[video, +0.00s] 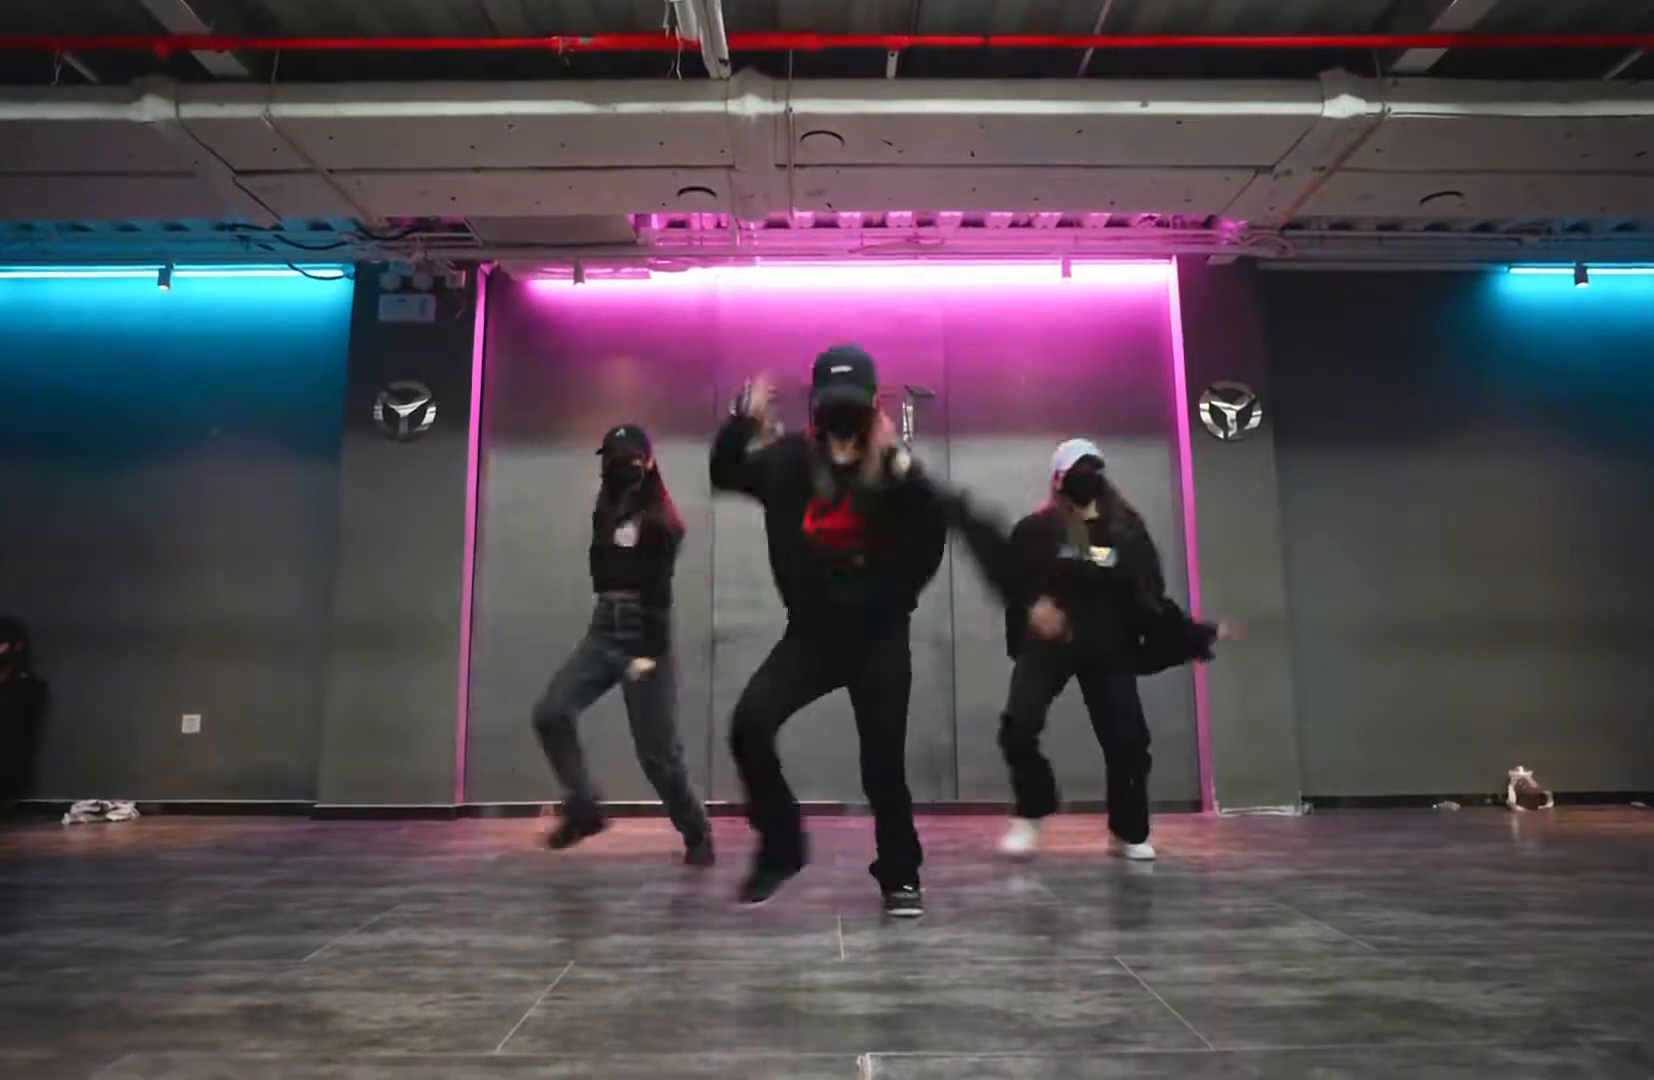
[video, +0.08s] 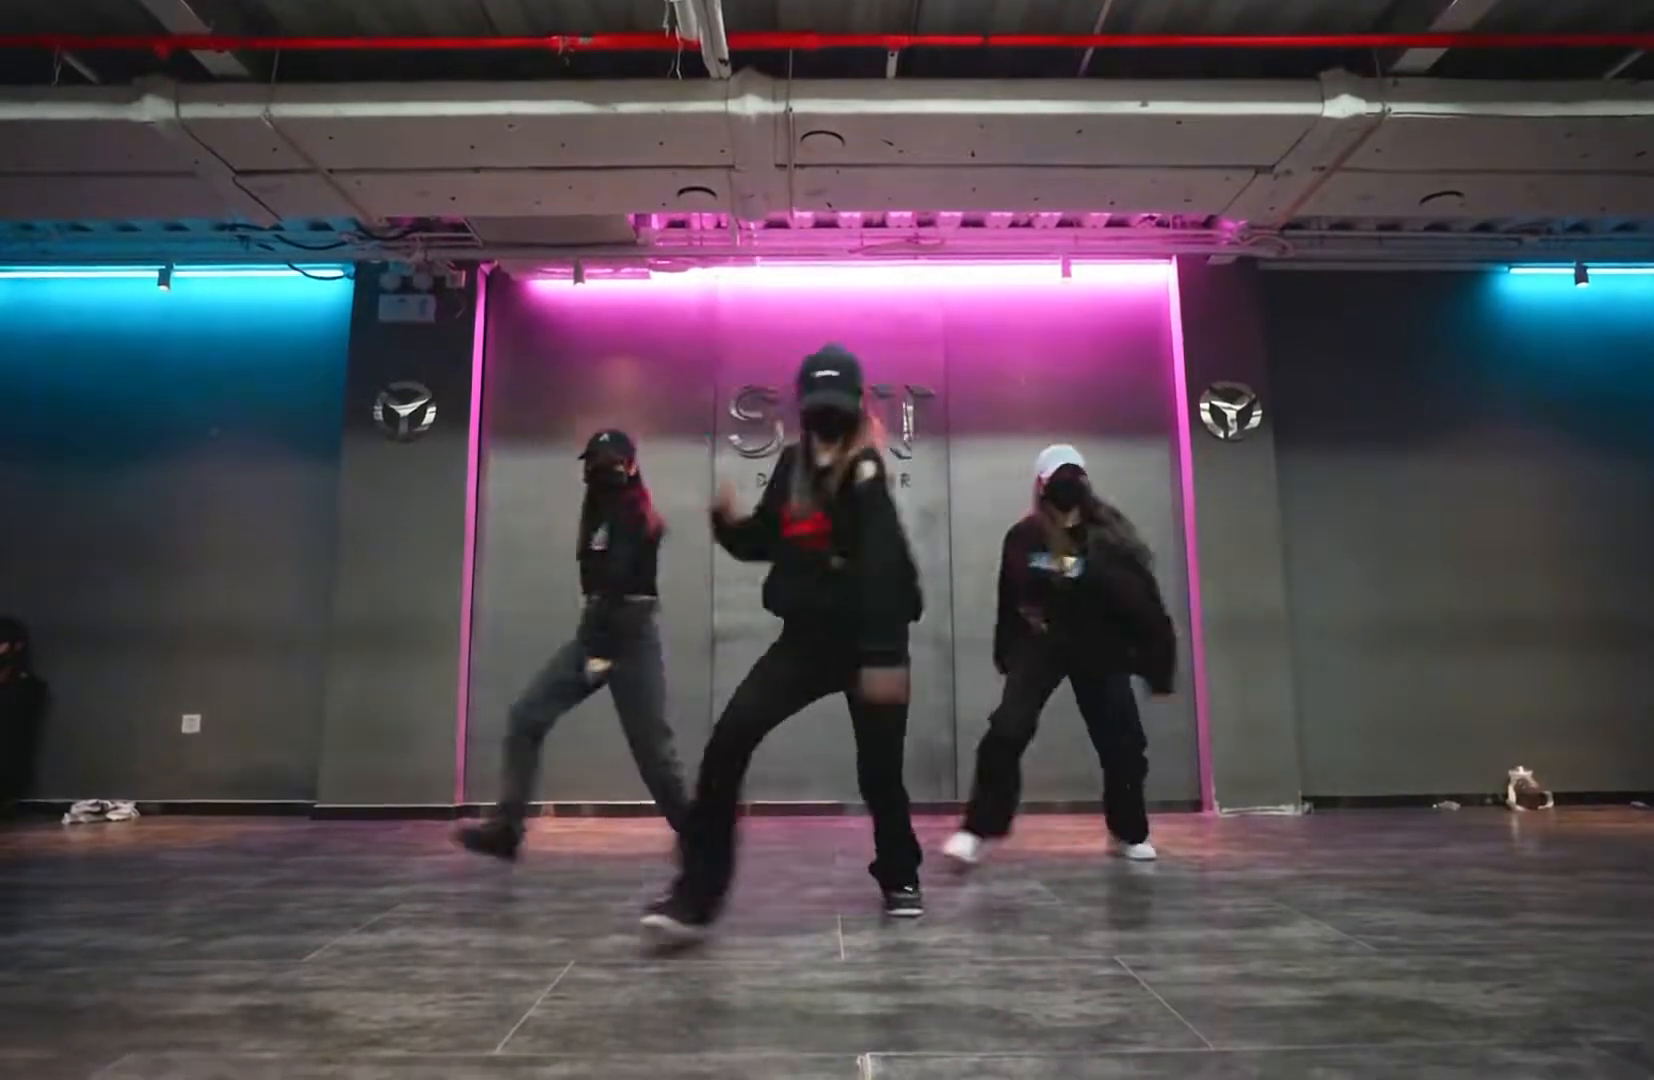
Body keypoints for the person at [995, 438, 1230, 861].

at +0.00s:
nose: (1091, 481)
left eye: (1096, 473)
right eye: (1080, 474)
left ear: (1103, 476)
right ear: (1060, 479)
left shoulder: (1124, 527)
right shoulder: (1035, 530)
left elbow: (1148, 600)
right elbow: (1015, 582)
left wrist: (1196, 632)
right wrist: (1034, 607)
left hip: (1106, 649)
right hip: (1047, 648)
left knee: (1128, 741)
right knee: (1017, 729)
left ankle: (1130, 834)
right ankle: (1031, 813)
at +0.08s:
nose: (1069, 514)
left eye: (1075, 503)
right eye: (1059, 504)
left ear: (1086, 495)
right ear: (1042, 496)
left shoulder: (1112, 537)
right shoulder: (1024, 539)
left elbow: (1145, 603)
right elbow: (1009, 602)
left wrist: (1159, 670)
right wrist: (1007, 653)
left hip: (1099, 652)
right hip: (1040, 650)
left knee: (1125, 745)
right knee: (1007, 731)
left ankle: (1128, 832)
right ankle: (977, 828)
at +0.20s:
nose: (1050, 498)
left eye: (1057, 489)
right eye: (1041, 490)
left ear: (1067, 496)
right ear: (1022, 496)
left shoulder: (1087, 548)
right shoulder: (998, 549)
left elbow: (1117, 602)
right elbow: (974, 607)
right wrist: (951, 659)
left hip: (1081, 657)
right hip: (1022, 659)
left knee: (1117, 745)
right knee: (992, 743)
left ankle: (1133, 832)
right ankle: (951, 844)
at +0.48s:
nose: (1069, 487)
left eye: (1074, 478)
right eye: (1057, 479)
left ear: (1082, 483)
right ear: (1035, 485)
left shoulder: (1085, 538)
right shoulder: (1022, 540)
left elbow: (1112, 594)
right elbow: (1023, 617)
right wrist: (1097, 594)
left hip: (1085, 661)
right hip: (1026, 664)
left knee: (1145, 730)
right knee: (1007, 755)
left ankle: (1153, 839)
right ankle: (950, 835)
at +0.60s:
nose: (1075, 472)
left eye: (1081, 463)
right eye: (1065, 464)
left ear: (1090, 467)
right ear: (1043, 467)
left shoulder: (1097, 519)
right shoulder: (1026, 523)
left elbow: (1132, 583)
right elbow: (1029, 589)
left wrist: (1117, 642)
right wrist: (1101, 568)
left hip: (1095, 649)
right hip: (1035, 653)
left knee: (1150, 731)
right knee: (1014, 746)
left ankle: (1149, 835)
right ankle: (954, 826)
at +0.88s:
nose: (1067, 417)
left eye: (1074, 409)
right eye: (1057, 408)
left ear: (1082, 414)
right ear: (1035, 414)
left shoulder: (1097, 475)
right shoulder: (1003, 468)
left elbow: (1115, 553)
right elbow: (941, 490)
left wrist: (1125, 617)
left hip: (1095, 614)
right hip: (1028, 616)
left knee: (1144, 717)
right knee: (1001, 721)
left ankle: (1165, 823)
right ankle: (976, 825)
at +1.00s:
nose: (1063, 409)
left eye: (1070, 402)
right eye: (1053, 402)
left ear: (1078, 411)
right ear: (1033, 409)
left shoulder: (1098, 468)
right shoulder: (1006, 459)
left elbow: (1119, 542)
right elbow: (955, 449)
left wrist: (1121, 596)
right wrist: (951, 387)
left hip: (1094, 609)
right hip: (1027, 610)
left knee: (1119, 714)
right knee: (1003, 720)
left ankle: (1158, 824)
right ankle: (975, 825)